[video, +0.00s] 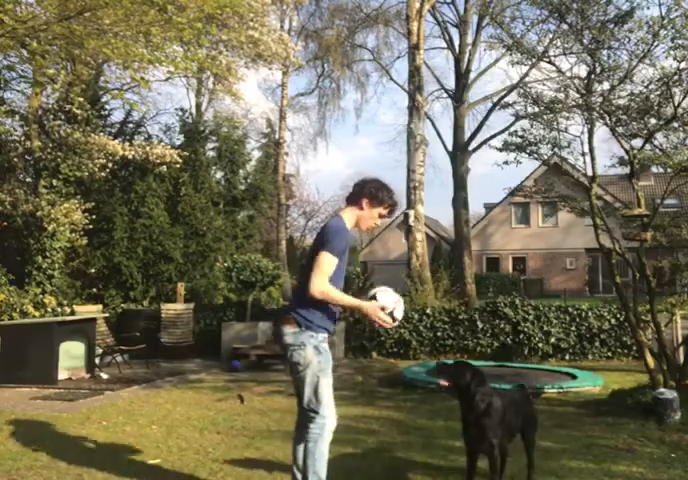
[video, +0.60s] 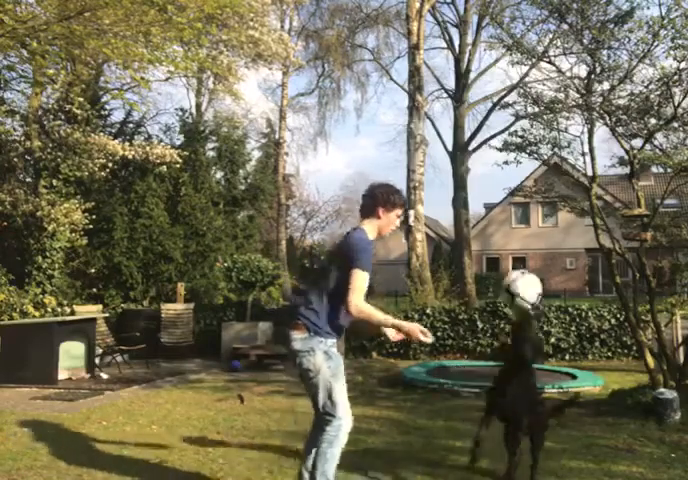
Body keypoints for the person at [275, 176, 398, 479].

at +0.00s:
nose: (377, 224)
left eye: (382, 219)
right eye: (379, 216)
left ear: (363, 204)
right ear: (364, 203)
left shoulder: (336, 230)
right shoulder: (337, 231)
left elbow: (323, 288)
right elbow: (317, 288)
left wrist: (365, 306)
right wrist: (364, 306)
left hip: (305, 331)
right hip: (307, 333)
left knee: (311, 414)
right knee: (323, 416)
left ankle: (302, 473)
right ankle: (313, 475)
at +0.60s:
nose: (398, 224)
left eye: (400, 218)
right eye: (397, 216)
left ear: (374, 211)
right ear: (381, 211)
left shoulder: (353, 241)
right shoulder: (361, 243)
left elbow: (348, 306)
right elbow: (355, 304)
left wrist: (384, 326)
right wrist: (402, 325)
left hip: (311, 336)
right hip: (314, 338)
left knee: (328, 416)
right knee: (339, 418)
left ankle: (309, 473)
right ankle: (320, 475)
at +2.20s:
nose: (646, 287)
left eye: (647, 281)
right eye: (649, 282)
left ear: (615, 265)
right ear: (642, 285)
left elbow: (550, 336)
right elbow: (570, 391)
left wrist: (586, 369)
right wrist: (618, 400)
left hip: (491, 360)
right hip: (507, 375)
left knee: (475, 424)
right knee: (584, 441)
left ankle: (418, 446)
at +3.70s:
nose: (411, 235)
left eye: (414, 229)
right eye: (412, 227)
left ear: (392, 218)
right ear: (395, 217)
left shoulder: (359, 244)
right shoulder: (363, 248)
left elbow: (345, 313)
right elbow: (344, 314)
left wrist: (383, 352)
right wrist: (384, 357)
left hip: (317, 342)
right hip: (315, 344)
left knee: (344, 427)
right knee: (355, 428)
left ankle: (330, 475)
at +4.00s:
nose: (419, 259)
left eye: (423, 253)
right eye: (421, 250)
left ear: (404, 238)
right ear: (406, 239)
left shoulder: (366, 256)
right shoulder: (371, 262)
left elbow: (350, 327)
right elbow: (351, 329)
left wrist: (394, 357)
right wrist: (396, 360)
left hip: (299, 340)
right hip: (303, 343)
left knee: (330, 426)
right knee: (347, 428)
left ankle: (323, 476)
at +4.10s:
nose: (420, 261)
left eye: (424, 255)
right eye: (422, 252)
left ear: (405, 239)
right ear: (407, 240)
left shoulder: (366, 257)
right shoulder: (371, 262)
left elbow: (355, 328)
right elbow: (356, 332)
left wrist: (401, 351)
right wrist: (406, 354)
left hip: (295, 339)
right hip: (302, 342)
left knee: (326, 427)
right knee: (344, 428)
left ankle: (322, 476)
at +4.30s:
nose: (421, 256)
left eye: (425, 250)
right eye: (423, 248)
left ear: (405, 235)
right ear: (409, 236)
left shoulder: (368, 254)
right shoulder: (374, 260)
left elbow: (343, 322)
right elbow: (344, 324)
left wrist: (379, 364)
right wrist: (379, 368)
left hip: (296, 336)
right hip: (305, 339)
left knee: (325, 426)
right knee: (344, 428)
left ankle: (321, 476)